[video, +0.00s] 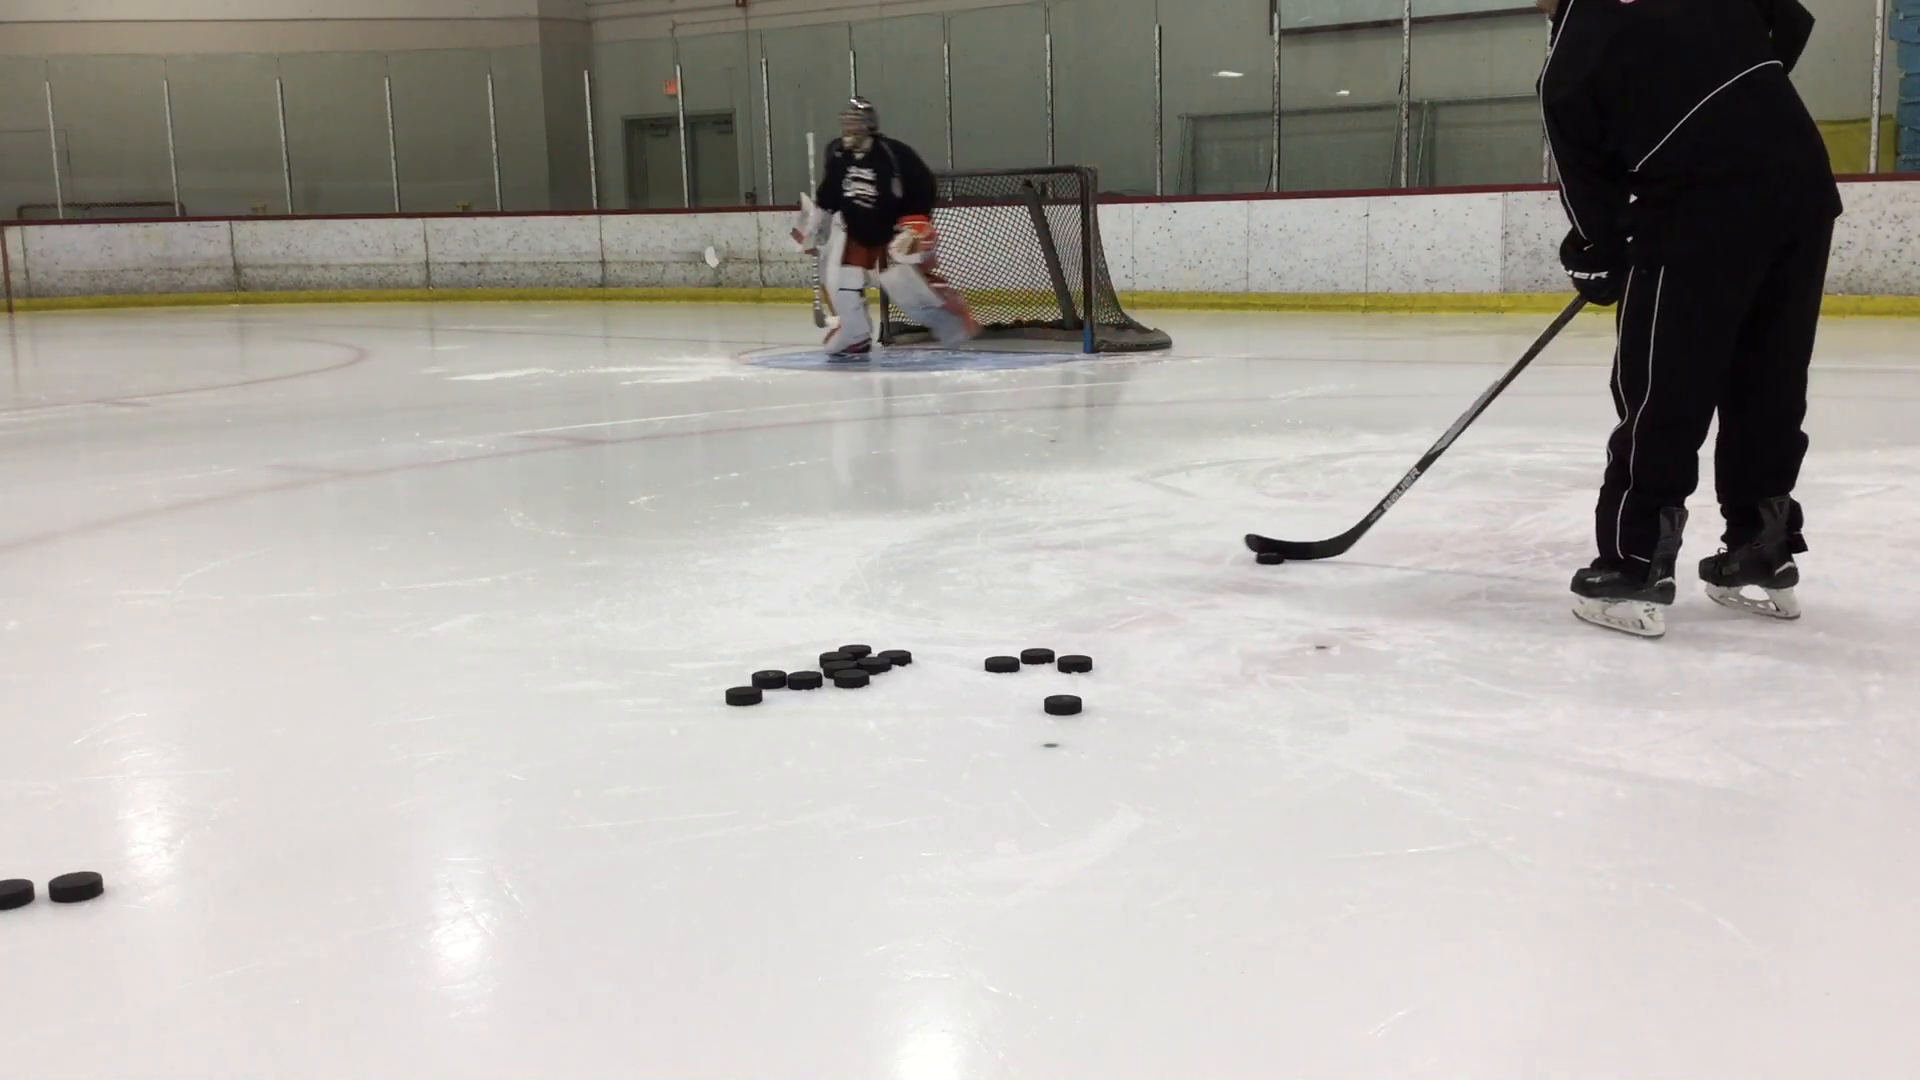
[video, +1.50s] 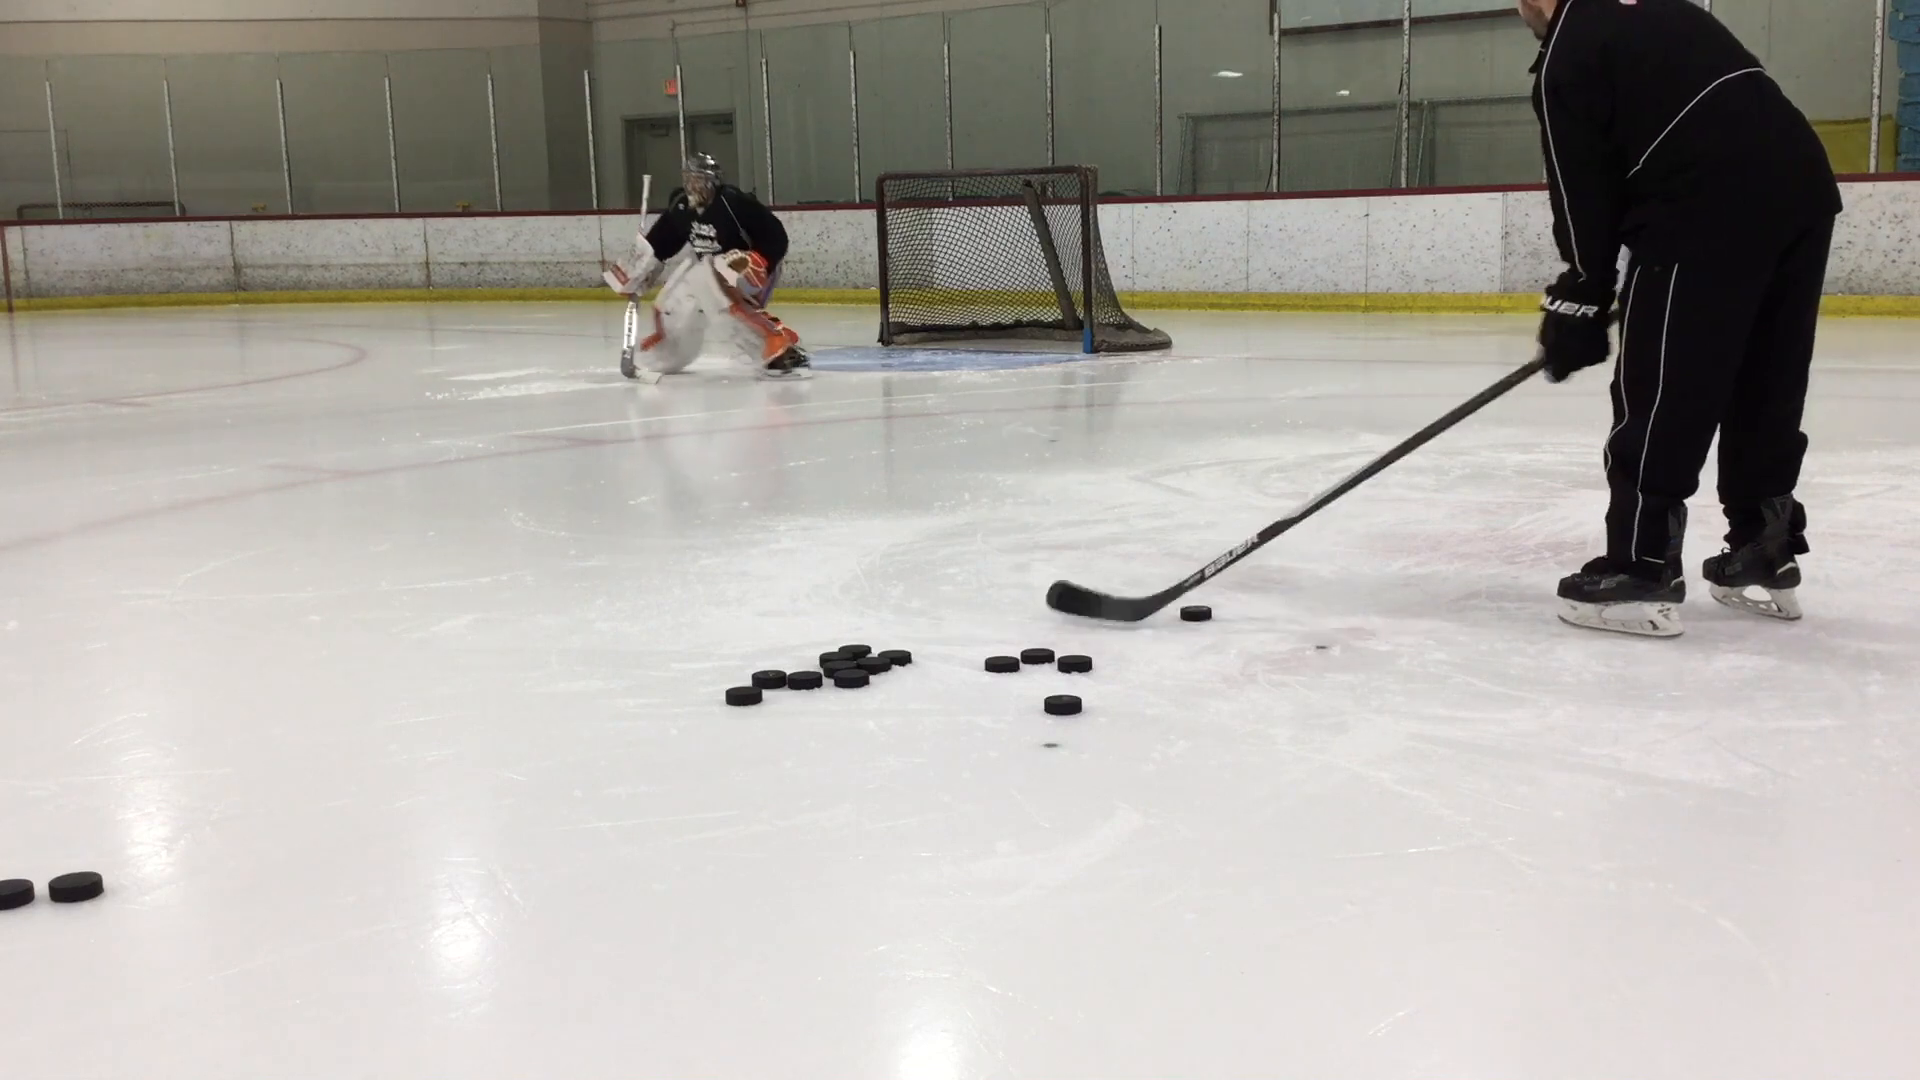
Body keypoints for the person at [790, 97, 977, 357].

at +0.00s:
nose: (849, 131)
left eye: (854, 125)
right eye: (846, 125)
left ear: (869, 127)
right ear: (842, 126)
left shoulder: (894, 154)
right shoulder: (837, 152)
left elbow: (924, 187)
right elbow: (830, 189)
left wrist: (913, 229)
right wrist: (815, 223)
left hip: (890, 237)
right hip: (854, 234)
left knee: (908, 294)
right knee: (841, 286)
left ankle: (954, 329)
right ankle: (855, 338)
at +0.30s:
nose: (796, 121)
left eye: (803, 116)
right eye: (793, 115)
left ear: (818, 119)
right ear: (789, 117)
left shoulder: (840, 150)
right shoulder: (781, 148)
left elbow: (858, 195)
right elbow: (771, 193)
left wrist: (829, 227)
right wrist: (756, 229)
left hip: (823, 237)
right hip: (787, 232)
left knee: (823, 292)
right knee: (778, 287)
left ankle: (850, 345)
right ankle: (782, 343)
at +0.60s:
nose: (733, 122)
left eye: (739, 116)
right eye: (728, 116)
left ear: (753, 119)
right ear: (724, 119)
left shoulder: (775, 150)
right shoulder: (716, 150)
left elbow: (800, 191)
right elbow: (705, 195)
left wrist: (777, 223)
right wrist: (684, 231)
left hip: (761, 236)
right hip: (724, 232)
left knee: (766, 295)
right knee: (707, 283)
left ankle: (802, 348)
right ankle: (700, 348)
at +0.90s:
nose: (667, 141)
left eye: (674, 135)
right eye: (664, 136)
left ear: (689, 136)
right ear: (660, 137)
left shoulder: (719, 162)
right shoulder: (653, 168)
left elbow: (749, 202)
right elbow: (633, 216)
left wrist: (732, 233)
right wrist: (610, 257)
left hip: (710, 247)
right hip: (670, 249)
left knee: (726, 304)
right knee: (654, 304)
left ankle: (755, 359)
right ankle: (633, 362)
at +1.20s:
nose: (661, 159)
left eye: (667, 153)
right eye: (657, 153)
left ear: (682, 154)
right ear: (652, 154)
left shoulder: (711, 179)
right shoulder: (645, 183)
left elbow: (744, 213)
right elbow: (627, 230)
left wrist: (729, 243)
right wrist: (601, 269)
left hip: (702, 260)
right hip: (662, 262)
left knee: (717, 309)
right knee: (635, 311)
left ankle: (747, 363)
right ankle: (601, 362)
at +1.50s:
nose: (694, 185)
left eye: (700, 179)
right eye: (690, 179)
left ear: (714, 181)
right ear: (684, 180)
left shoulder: (734, 202)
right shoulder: (683, 205)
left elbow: (776, 236)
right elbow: (661, 241)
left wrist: (755, 264)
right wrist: (636, 272)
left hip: (746, 269)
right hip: (704, 270)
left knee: (723, 306)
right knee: (672, 306)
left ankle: (781, 349)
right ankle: (666, 357)